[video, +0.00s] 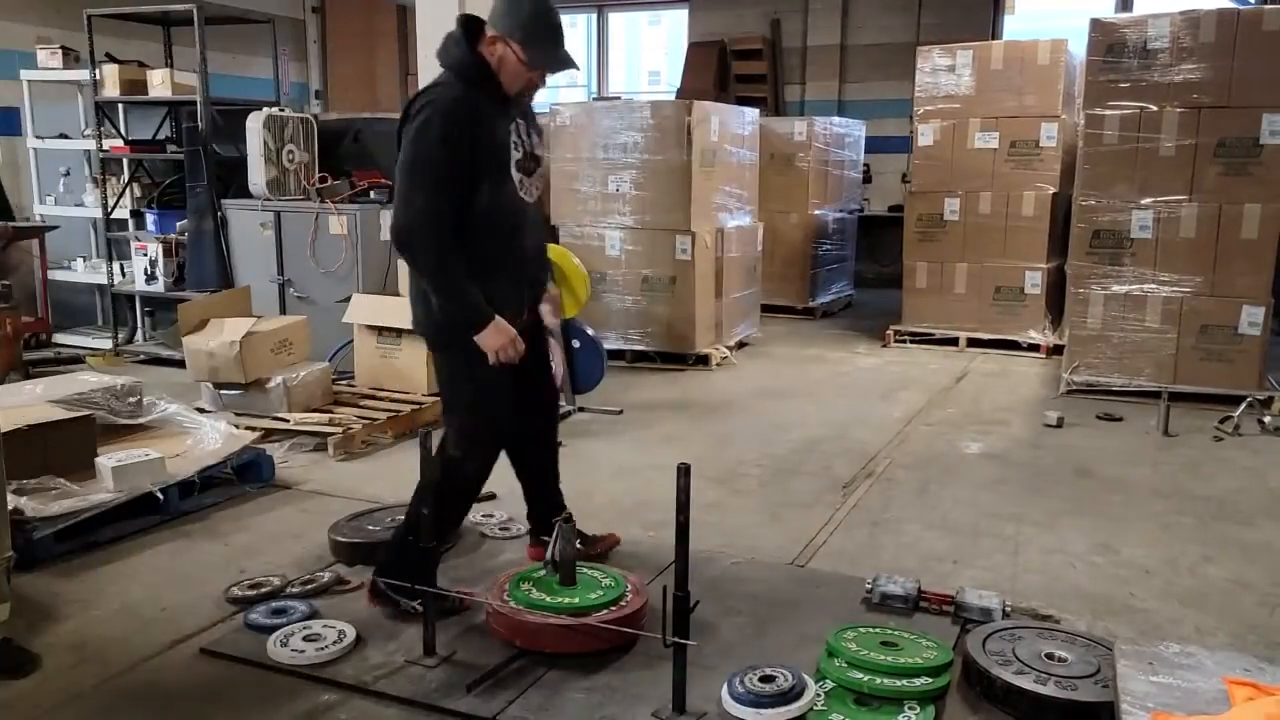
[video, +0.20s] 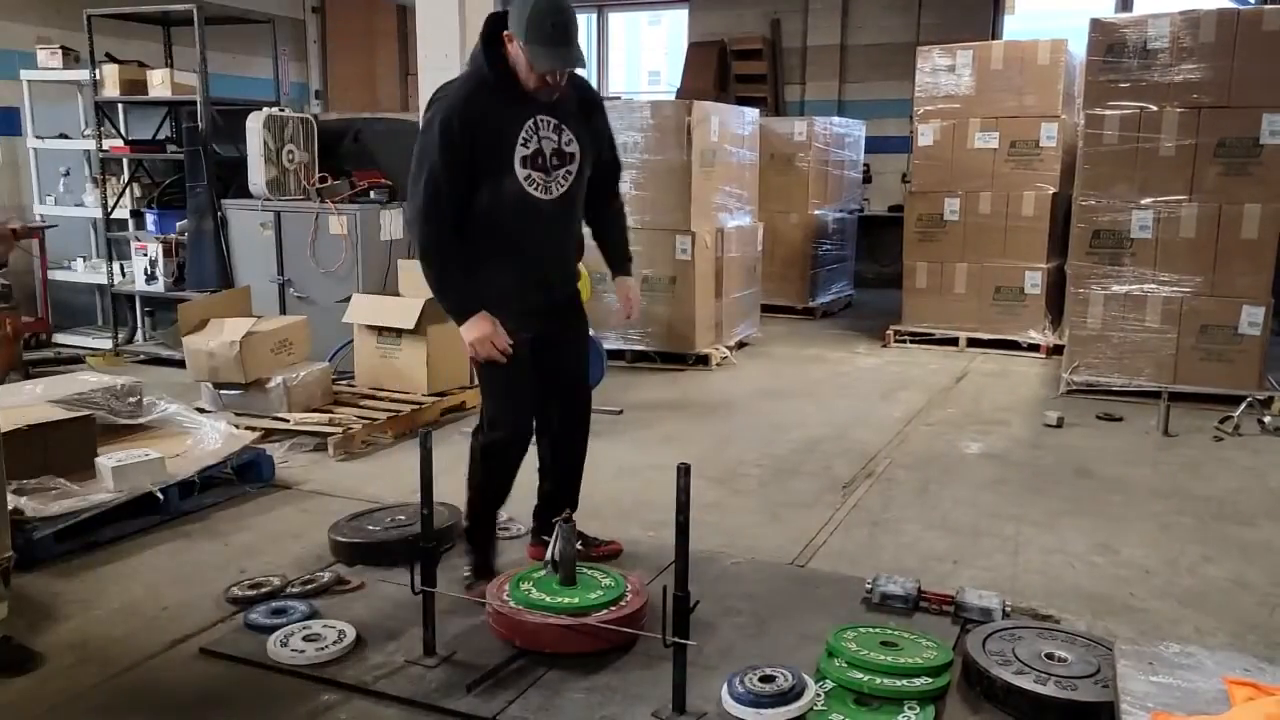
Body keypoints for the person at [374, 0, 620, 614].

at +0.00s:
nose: (542, 81)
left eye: (547, 69)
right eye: (537, 67)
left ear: (510, 53)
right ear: (499, 48)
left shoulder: (512, 108)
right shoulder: (446, 110)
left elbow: (522, 207)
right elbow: (416, 235)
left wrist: (550, 279)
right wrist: (480, 320)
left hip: (517, 300)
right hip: (463, 309)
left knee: (535, 419)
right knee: (475, 438)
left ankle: (552, 532)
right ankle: (402, 572)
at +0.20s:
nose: (556, 78)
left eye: (565, 65)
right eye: (544, 66)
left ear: (575, 45)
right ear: (511, 45)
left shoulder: (580, 101)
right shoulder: (460, 105)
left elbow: (603, 188)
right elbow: (426, 219)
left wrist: (620, 269)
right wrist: (466, 312)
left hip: (558, 290)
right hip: (491, 296)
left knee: (569, 419)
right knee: (506, 422)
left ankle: (551, 532)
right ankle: (480, 545)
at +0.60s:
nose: (526, 108)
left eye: (535, 94)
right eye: (512, 99)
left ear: (554, 66)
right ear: (490, 79)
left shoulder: (607, 105)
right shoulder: (464, 132)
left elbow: (641, 201)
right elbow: (453, 244)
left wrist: (625, 284)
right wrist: (483, 339)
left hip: (597, 289)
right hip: (513, 298)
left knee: (643, 401)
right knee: (516, 430)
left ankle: (634, 511)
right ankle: (532, 547)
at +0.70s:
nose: (525, 126)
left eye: (534, 112)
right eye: (512, 118)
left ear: (554, 76)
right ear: (488, 95)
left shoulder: (613, 111)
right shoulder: (467, 145)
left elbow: (646, 209)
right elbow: (463, 253)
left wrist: (617, 291)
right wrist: (488, 349)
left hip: (608, 292)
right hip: (523, 301)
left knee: (645, 415)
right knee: (523, 429)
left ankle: (675, 542)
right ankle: (532, 549)